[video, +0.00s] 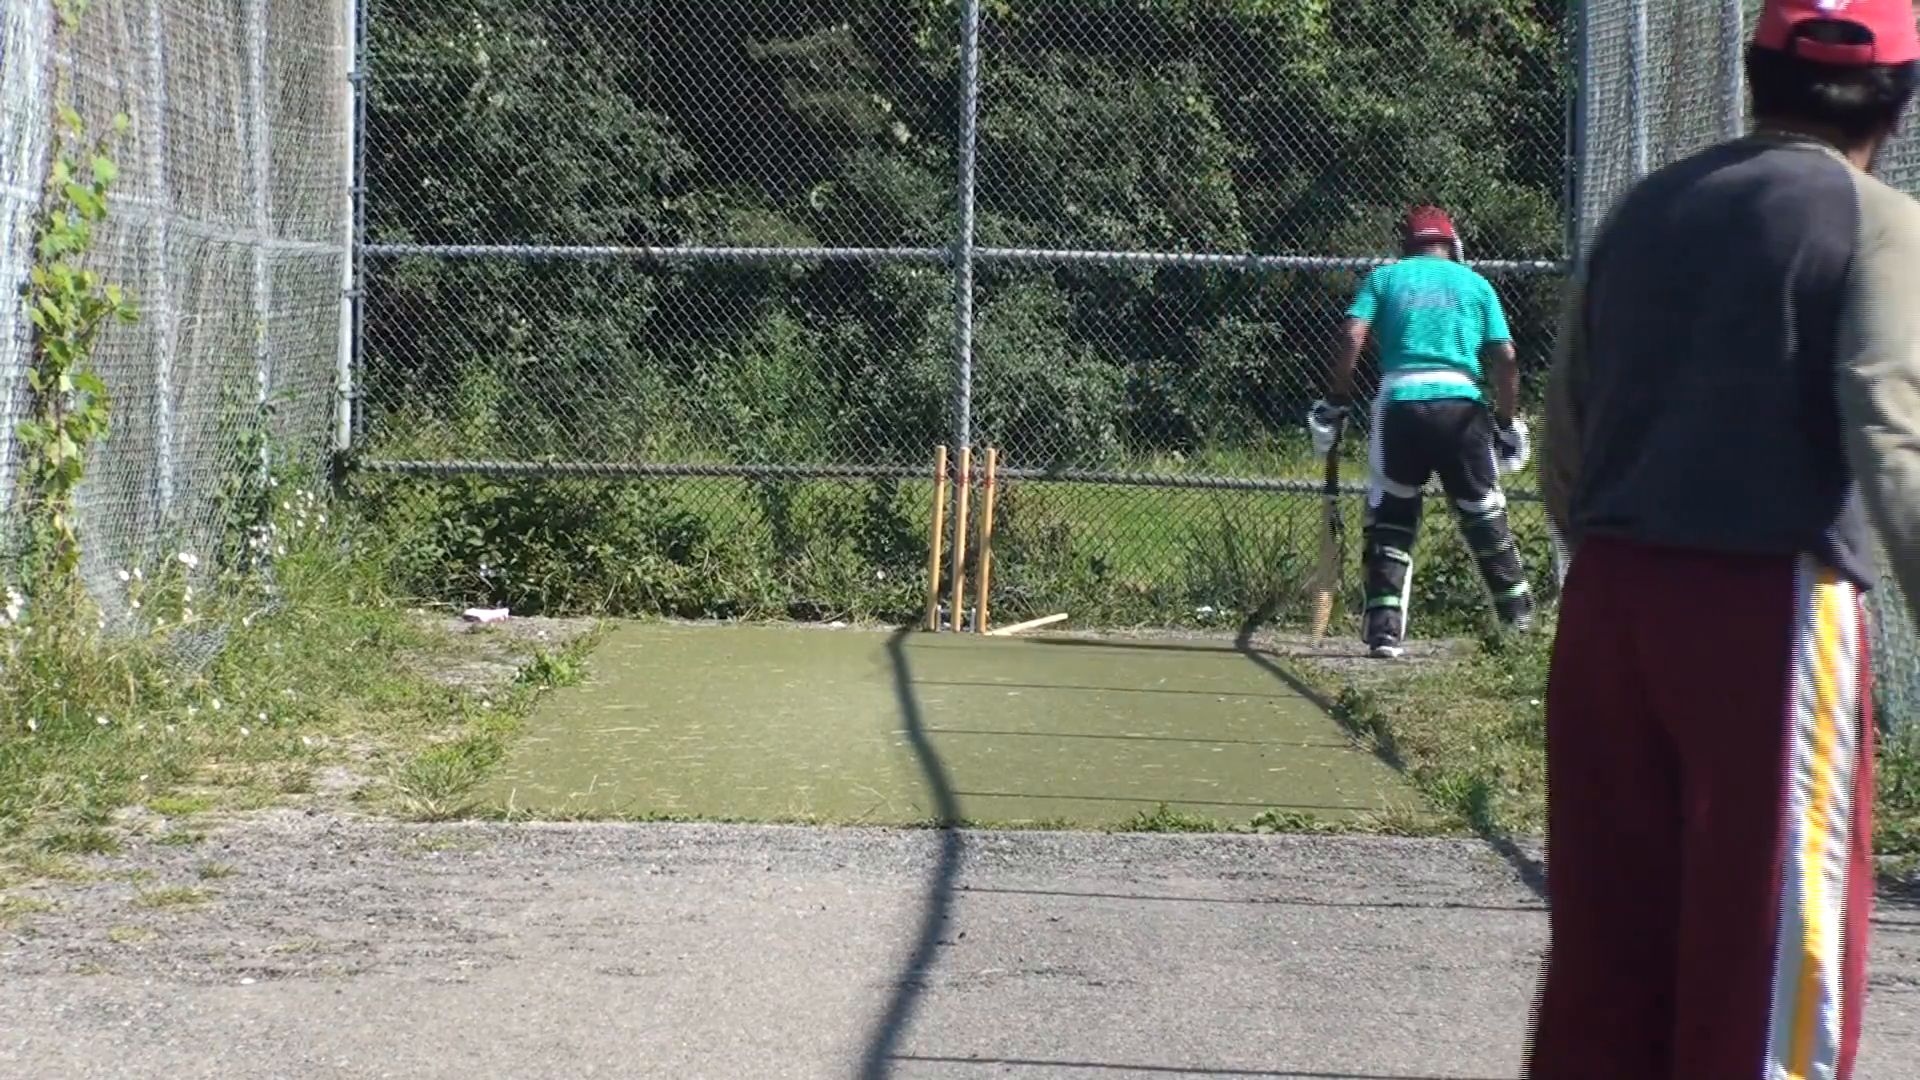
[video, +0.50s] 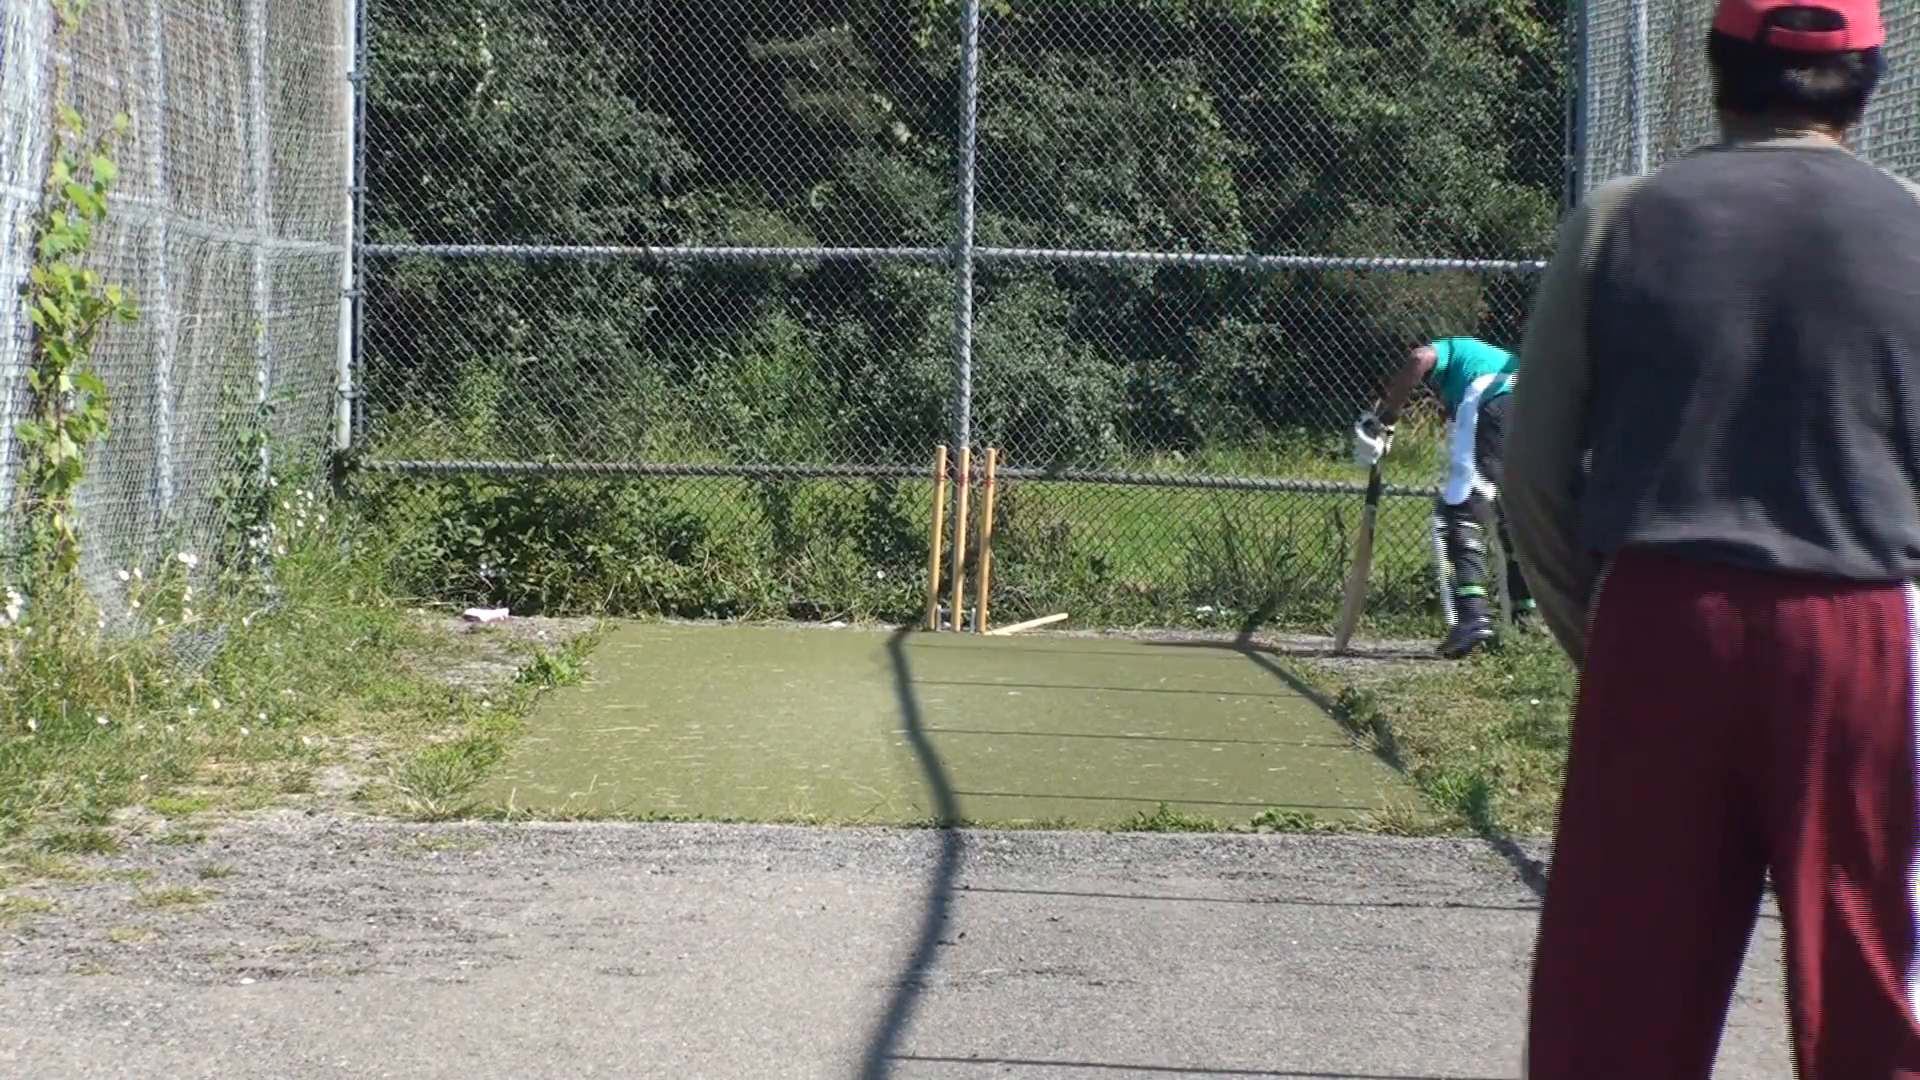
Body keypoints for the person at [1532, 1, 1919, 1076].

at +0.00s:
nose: (1900, 114)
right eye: (1899, 98)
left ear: (1758, 88)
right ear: (1887, 109)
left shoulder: (1643, 204)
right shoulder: (1873, 217)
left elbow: (1565, 415)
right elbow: (1889, 441)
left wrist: (1604, 561)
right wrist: (1911, 597)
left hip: (1609, 601)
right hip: (1778, 609)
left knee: (1604, 939)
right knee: (1778, 945)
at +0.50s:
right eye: (1856, 73)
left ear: (1722, 84)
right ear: (1863, 95)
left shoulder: (1620, 215)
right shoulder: (1906, 223)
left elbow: (1529, 472)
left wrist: (1612, 636)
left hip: (1661, 627)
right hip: (1865, 640)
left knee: (1621, 985)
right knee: (1872, 985)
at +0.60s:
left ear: (1752, 82)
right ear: (1894, 97)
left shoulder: (1659, 219)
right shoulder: (1911, 216)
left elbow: (1571, 483)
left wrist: (1614, 664)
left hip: (1703, 638)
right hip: (1891, 650)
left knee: (1641, 992)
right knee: (1887, 995)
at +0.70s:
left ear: (1784, 83)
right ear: (1911, 98)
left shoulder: (1699, 212)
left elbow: (1605, 464)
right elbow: (1607, 464)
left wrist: (1614, 639)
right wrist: (1620, 638)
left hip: (1747, 632)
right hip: (1909, 642)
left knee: (1682, 981)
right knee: (1901, 987)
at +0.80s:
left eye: (1789, 76)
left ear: (1799, 83)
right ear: (1918, 94)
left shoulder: (1720, 204)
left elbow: (1630, 461)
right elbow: (1633, 461)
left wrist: (1646, 649)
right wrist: (1647, 646)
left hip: (1764, 627)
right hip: (1914, 635)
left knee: (1701, 975)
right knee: (1916, 980)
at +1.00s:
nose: (1769, 81)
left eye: (1773, 61)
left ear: (1787, 67)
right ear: (1912, 77)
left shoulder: (1706, 201)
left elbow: (1636, 459)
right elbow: (1640, 461)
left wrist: (1698, 615)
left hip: (1749, 634)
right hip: (1910, 646)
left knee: (1697, 995)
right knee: (1913, 1001)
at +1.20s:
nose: (1695, 108)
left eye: (1699, 86)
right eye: (1698, 88)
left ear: (1727, 75)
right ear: (1855, 76)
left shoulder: (1640, 219)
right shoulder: (1909, 199)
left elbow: (1568, 482)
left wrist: (1662, 593)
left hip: (1710, 645)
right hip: (1896, 653)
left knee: (1708, 999)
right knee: (1895, 1003)